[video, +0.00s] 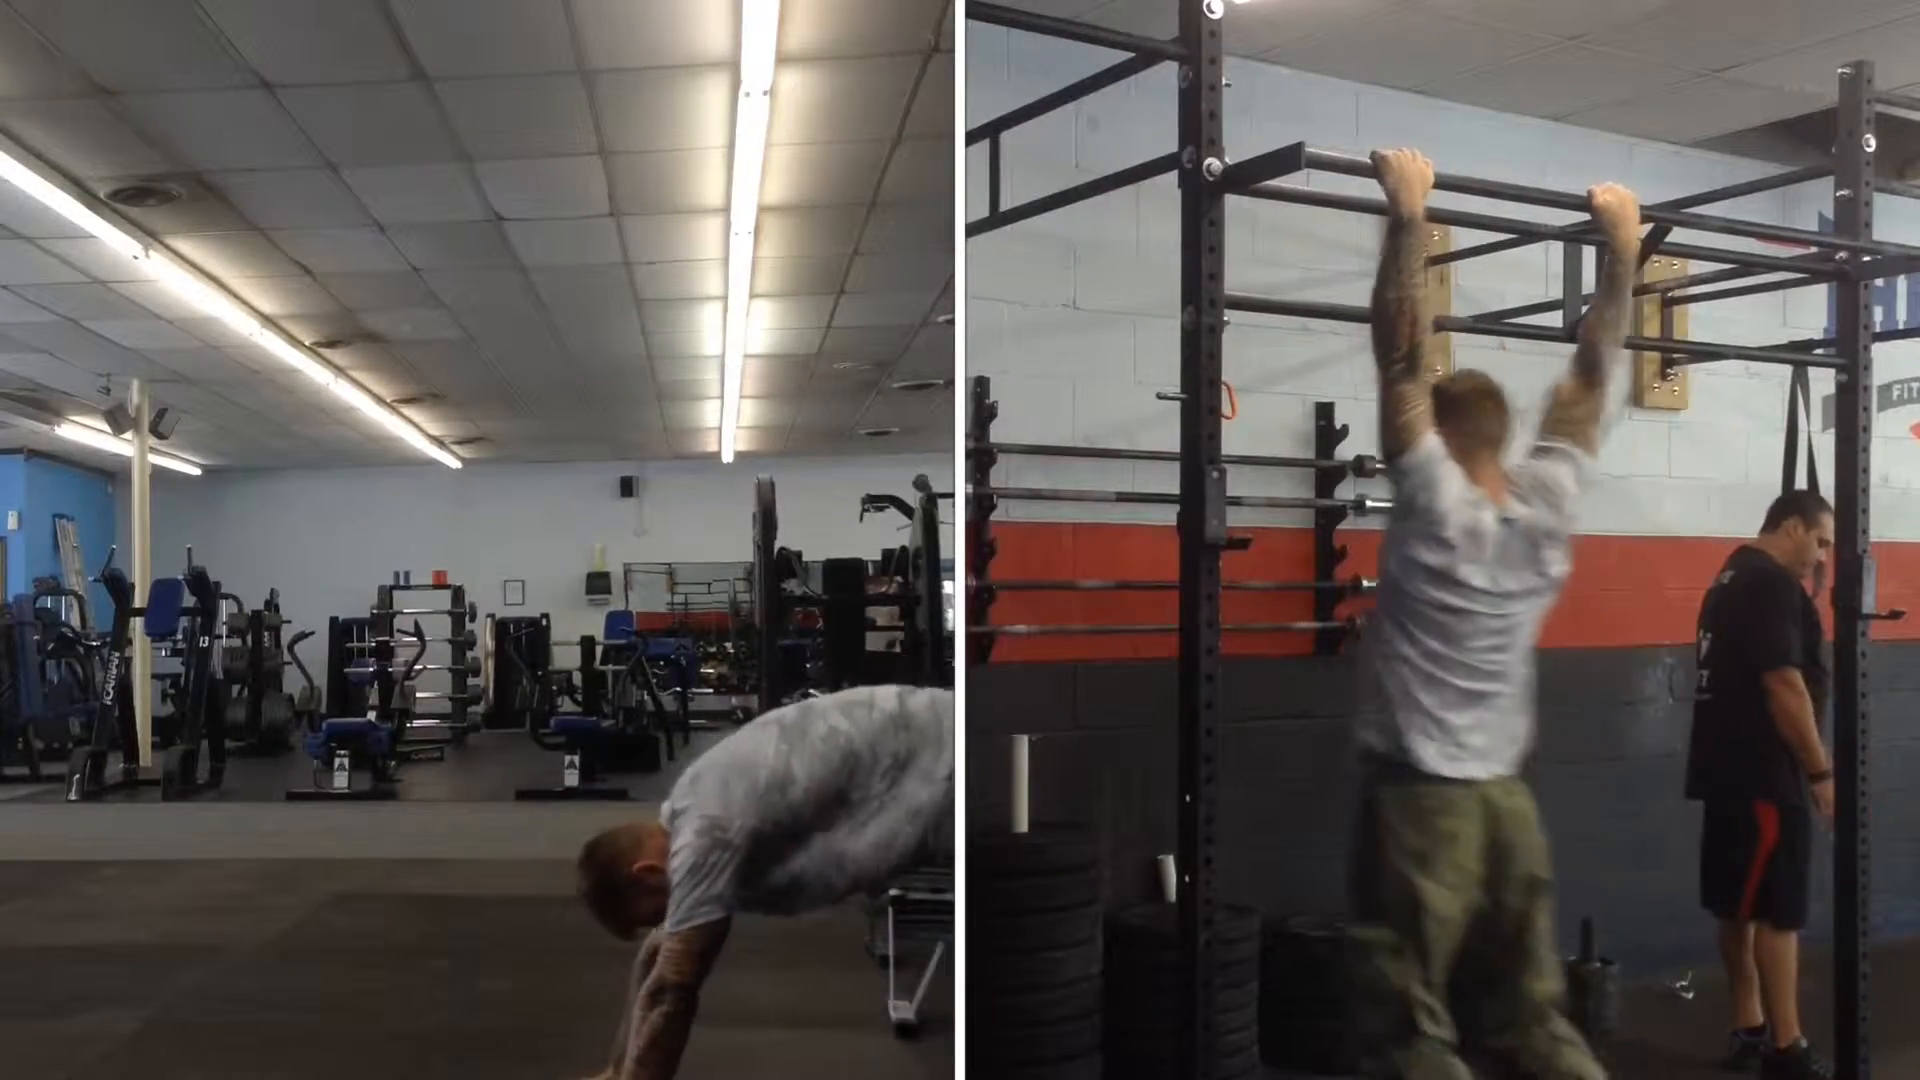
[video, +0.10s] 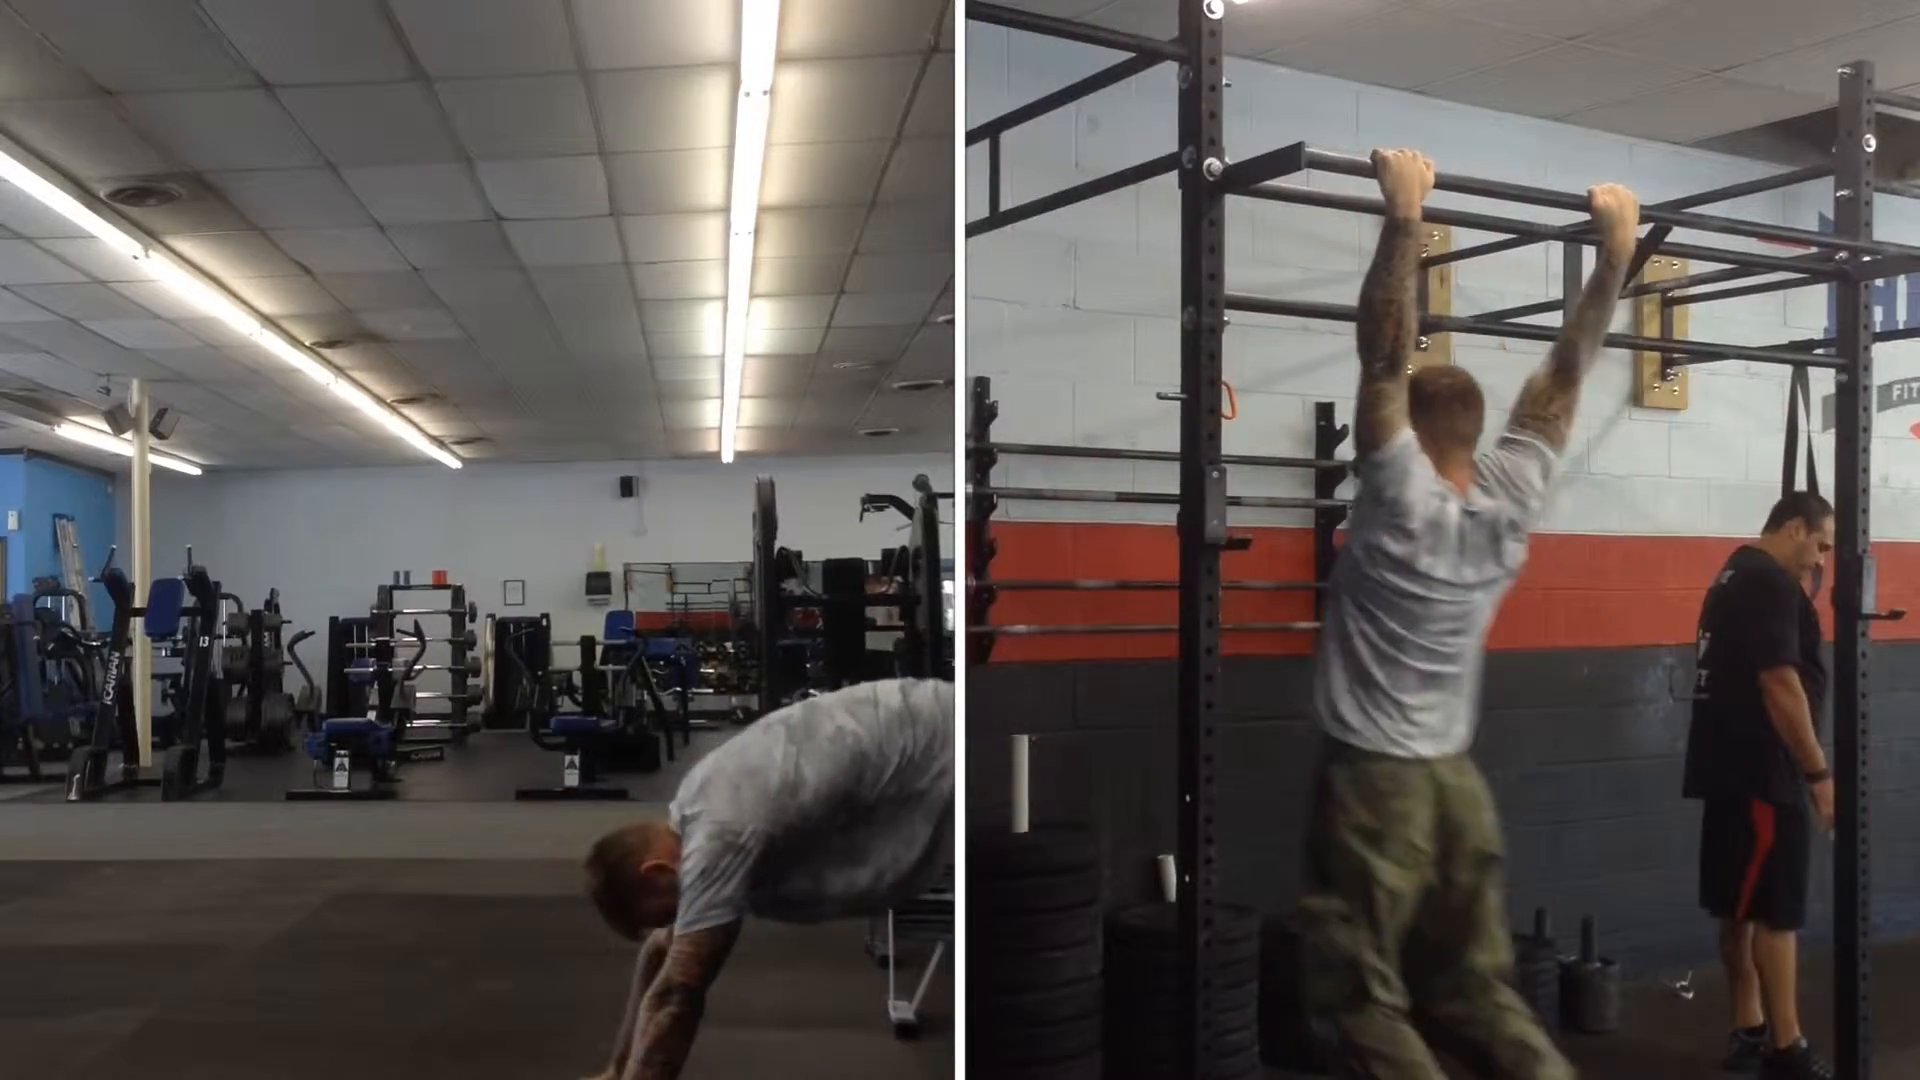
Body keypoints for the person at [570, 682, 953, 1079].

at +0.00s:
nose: (666, 922)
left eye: (654, 917)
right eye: (652, 926)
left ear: (649, 874)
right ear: (650, 861)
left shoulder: (707, 826)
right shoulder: (692, 814)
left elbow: (672, 995)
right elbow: (657, 956)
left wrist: (632, 1071)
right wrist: (621, 1066)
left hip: (961, 756)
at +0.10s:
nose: (673, 922)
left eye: (663, 917)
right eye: (660, 926)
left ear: (660, 871)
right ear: (657, 862)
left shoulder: (723, 827)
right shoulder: (697, 810)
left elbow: (678, 996)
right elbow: (660, 950)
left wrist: (636, 1072)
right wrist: (622, 1064)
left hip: (962, 747)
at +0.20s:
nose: (677, 920)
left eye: (668, 916)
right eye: (666, 923)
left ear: (667, 872)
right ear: (663, 863)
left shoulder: (728, 830)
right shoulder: (703, 812)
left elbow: (681, 997)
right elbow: (665, 952)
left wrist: (638, 1073)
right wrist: (620, 1065)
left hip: (964, 731)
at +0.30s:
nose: (687, 926)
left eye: (679, 920)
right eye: (677, 927)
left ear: (674, 878)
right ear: (671, 870)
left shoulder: (733, 832)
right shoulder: (711, 822)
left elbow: (683, 998)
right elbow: (668, 960)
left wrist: (639, 1074)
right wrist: (621, 1066)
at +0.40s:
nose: (691, 933)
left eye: (684, 927)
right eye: (681, 934)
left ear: (682, 882)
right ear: (682, 873)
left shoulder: (740, 838)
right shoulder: (717, 830)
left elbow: (686, 1000)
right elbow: (672, 964)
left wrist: (637, 1074)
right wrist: (620, 1068)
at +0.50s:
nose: (704, 933)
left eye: (694, 931)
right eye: (694, 939)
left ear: (694, 885)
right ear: (694, 873)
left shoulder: (753, 845)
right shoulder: (732, 835)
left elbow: (693, 1005)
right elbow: (679, 968)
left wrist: (640, 1074)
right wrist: (621, 1068)